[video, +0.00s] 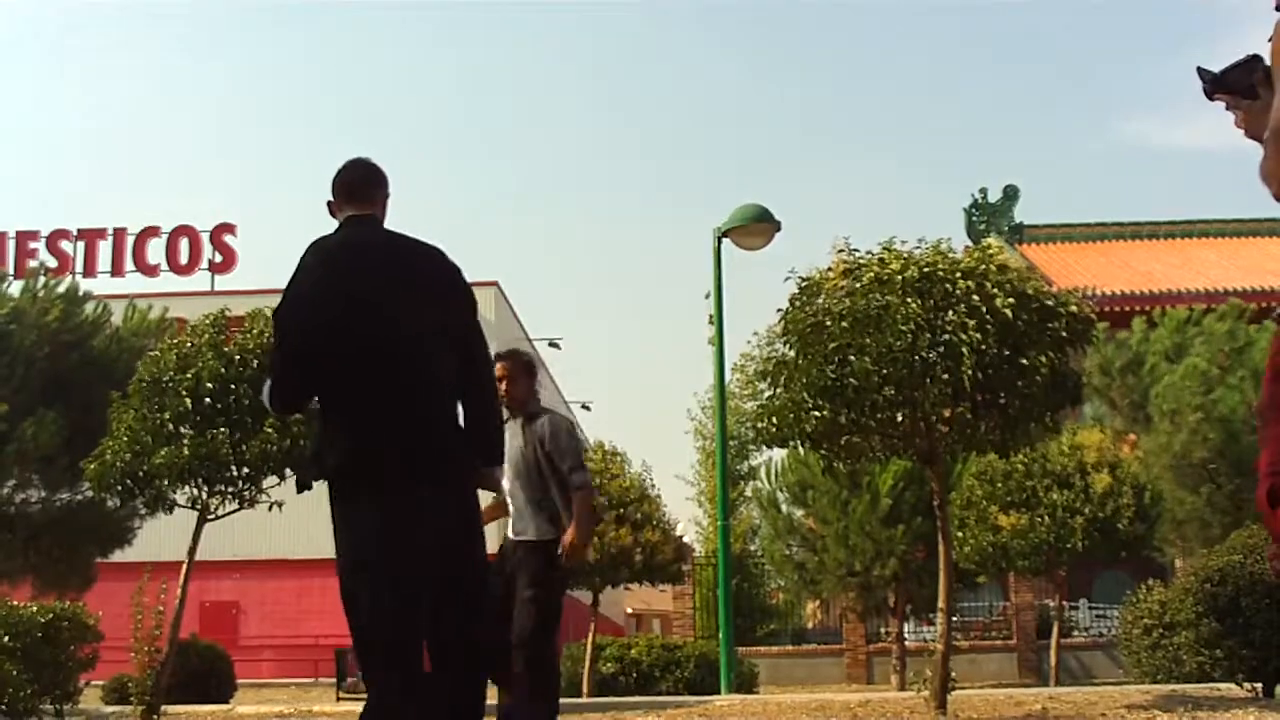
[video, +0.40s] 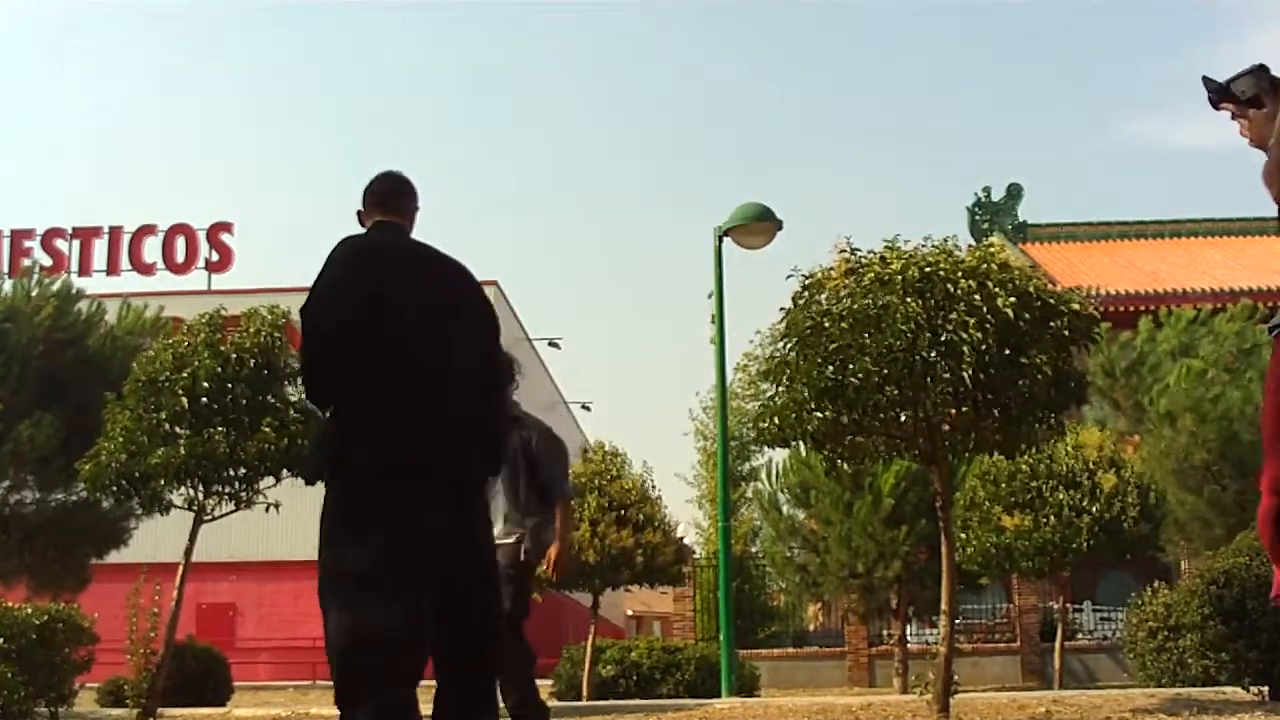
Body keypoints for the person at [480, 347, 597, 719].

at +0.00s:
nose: (501, 387)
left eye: (508, 379)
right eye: (497, 381)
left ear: (531, 381)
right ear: (495, 386)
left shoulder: (552, 424)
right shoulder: (508, 429)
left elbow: (581, 483)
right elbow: (512, 494)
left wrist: (579, 532)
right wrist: (477, 520)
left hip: (544, 546)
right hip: (513, 546)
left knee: (532, 638)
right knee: (501, 636)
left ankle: (536, 712)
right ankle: (514, 709)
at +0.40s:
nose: (492, 394)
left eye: (498, 386)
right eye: (488, 387)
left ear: (509, 384)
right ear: (483, 389)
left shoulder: (535, 434)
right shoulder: (474, 431)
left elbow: (560, 494)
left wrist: (560, 543)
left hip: (517, 541)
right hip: (479, 542)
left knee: (507, 628)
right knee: (486, 630)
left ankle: (527, 707)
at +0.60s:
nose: (497, 393)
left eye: (502, 384)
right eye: (492, 384)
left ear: (513, 384)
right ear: (481, 388)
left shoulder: (534, 434)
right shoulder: (473, 432)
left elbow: (563, 499)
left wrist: (568, 550)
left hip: (516, 552)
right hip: (475, 552)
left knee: (521, 647)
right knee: (477, 650)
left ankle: (536, 713)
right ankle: (484, 712)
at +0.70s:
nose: (495, 385)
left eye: (504, 377)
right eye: (491, 377)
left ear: (521, 378)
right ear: (484, 382)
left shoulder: (540, 430)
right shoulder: (484, 433)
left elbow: (568, 491)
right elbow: (479, 490)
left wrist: (569, 548)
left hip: (523, 547)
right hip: (486, 546)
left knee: (518, 637)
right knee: (482, 639)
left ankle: (536, 712)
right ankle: (483, 710)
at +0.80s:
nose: (503, 375)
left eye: (510, 366)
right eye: (498, 366)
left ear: (528, 369)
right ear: (489, 372)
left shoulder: (548, 423)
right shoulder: (491, 426)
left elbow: (574, 486)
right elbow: (487, 491)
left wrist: (570, 541)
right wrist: (453, 519)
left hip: (528, 547)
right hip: (492, 546)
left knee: (524, 644)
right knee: (478, 645)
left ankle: (538, 714)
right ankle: (492, 715)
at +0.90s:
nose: (505, 370)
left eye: (513, 361)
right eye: (500, 361)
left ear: (530, 365)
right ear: (492, 367)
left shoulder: (551, 417)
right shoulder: (491, 420)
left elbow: (576, 474)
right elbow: (489, 485)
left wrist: (566, 518)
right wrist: (456, 514)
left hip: (532, 542)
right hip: (494, 540)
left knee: (526, 635)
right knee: (486, 633)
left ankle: (539, 711)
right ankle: (498, 710)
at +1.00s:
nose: (504, 370)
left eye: (512, 360)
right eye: (500, 361)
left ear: (530, 364)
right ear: (492, 367)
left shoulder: (552, 415)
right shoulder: (491, 421)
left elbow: (576, 465)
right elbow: (486, 484)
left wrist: (564, 506)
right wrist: (455, 510)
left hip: (534, 540)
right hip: (497, 539)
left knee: (527, 631)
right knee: (490, 630)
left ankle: (539, 711)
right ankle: (501, 712)